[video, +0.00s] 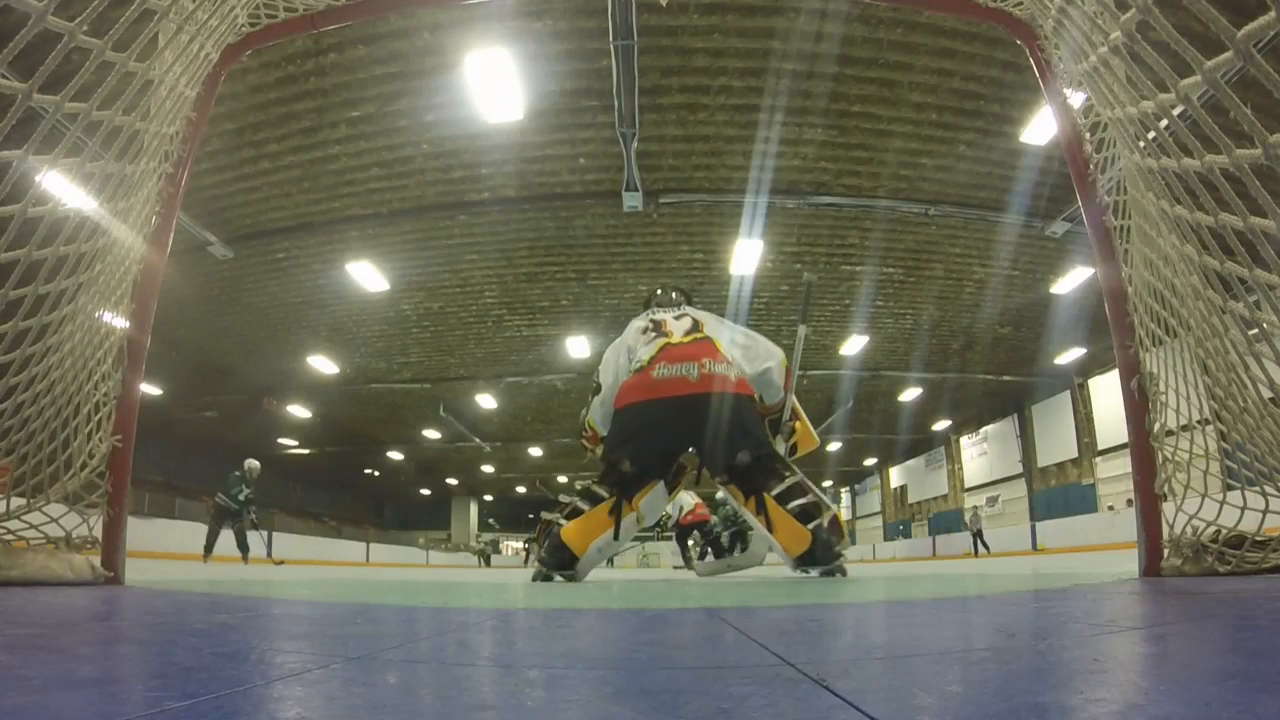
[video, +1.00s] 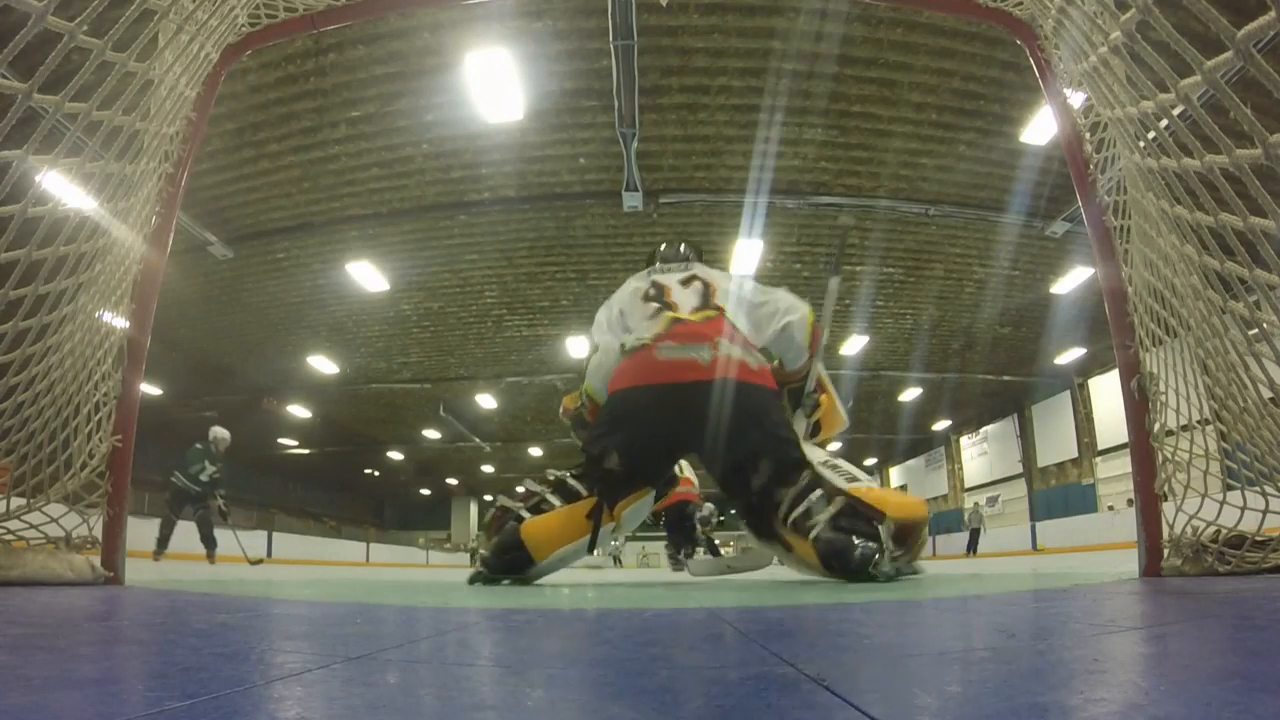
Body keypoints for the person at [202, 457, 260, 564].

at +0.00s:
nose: (256, 475)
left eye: (257, 473)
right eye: (255, 472)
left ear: (255, 472)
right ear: (248, 470)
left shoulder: (250, 486)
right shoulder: (235, 476)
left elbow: (249, 502)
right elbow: (234, 492)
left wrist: (253, 517)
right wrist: (246, 498)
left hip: (235, 510)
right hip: (221, 506)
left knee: (240, 532)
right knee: (214, 531)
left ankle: (245, 554)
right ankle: (207, 553)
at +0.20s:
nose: (251, 471)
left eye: (252, 468)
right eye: (250, 468)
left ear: (250, 467)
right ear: (243, 465)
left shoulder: (245, 481)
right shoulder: (230, 472)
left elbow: (245, 499)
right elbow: (229, 488)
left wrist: (248, 514)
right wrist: (241, 497)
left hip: (230, 507)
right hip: (215, 503)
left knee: (234, 530)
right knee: (207, 528)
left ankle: (239, 553)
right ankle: (201, 552)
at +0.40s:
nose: (245, 467)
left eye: (246, 464)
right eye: (244, 463)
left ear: (245, 463)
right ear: (237, 460)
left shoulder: (240, 477)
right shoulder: (223, 467)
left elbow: (239, 496)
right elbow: (222, 485)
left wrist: (243, 512)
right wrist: (235, 498)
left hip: (223, 504)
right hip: (208, 500)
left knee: (228, 527)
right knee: (199, 526)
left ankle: (233, 552)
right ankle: (192, 551)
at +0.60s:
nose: (239, 462)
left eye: (240, 459)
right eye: (238, 458)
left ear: (239, 458)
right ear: (231, 455)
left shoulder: (235, 472)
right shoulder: (216, 462)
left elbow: (233, 493)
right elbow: (214, 480)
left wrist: (237, 510)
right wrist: (228, 493)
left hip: (216, 501)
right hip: (200, 497)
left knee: (221, 526)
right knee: (190, 523)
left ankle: (226, 551)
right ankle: (182, 550)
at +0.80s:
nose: (234, 453)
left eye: (235, 450)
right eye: (232, 449)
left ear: (233, 450)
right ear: (224, 447)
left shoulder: (228, 468)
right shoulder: (209, 455)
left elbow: (226, 489)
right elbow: (204, 474)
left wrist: (229, 505)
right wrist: (220, 487)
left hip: (207, 498)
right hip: (190, 492)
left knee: (213, 523)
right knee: (180, 521)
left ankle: (219, 550)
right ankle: (171, 549)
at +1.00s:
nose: (225, 447)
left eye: (226, 444)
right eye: (224, 443)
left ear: (223, 443)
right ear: (215, 440)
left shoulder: (219, 460)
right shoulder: (198, 449)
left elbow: (219, 483)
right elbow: (194, 469)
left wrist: (222, 502)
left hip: (199, 493)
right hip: (181, 488)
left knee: (204, 519)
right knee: (170, 518)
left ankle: (211, 550)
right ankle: (160, 548)